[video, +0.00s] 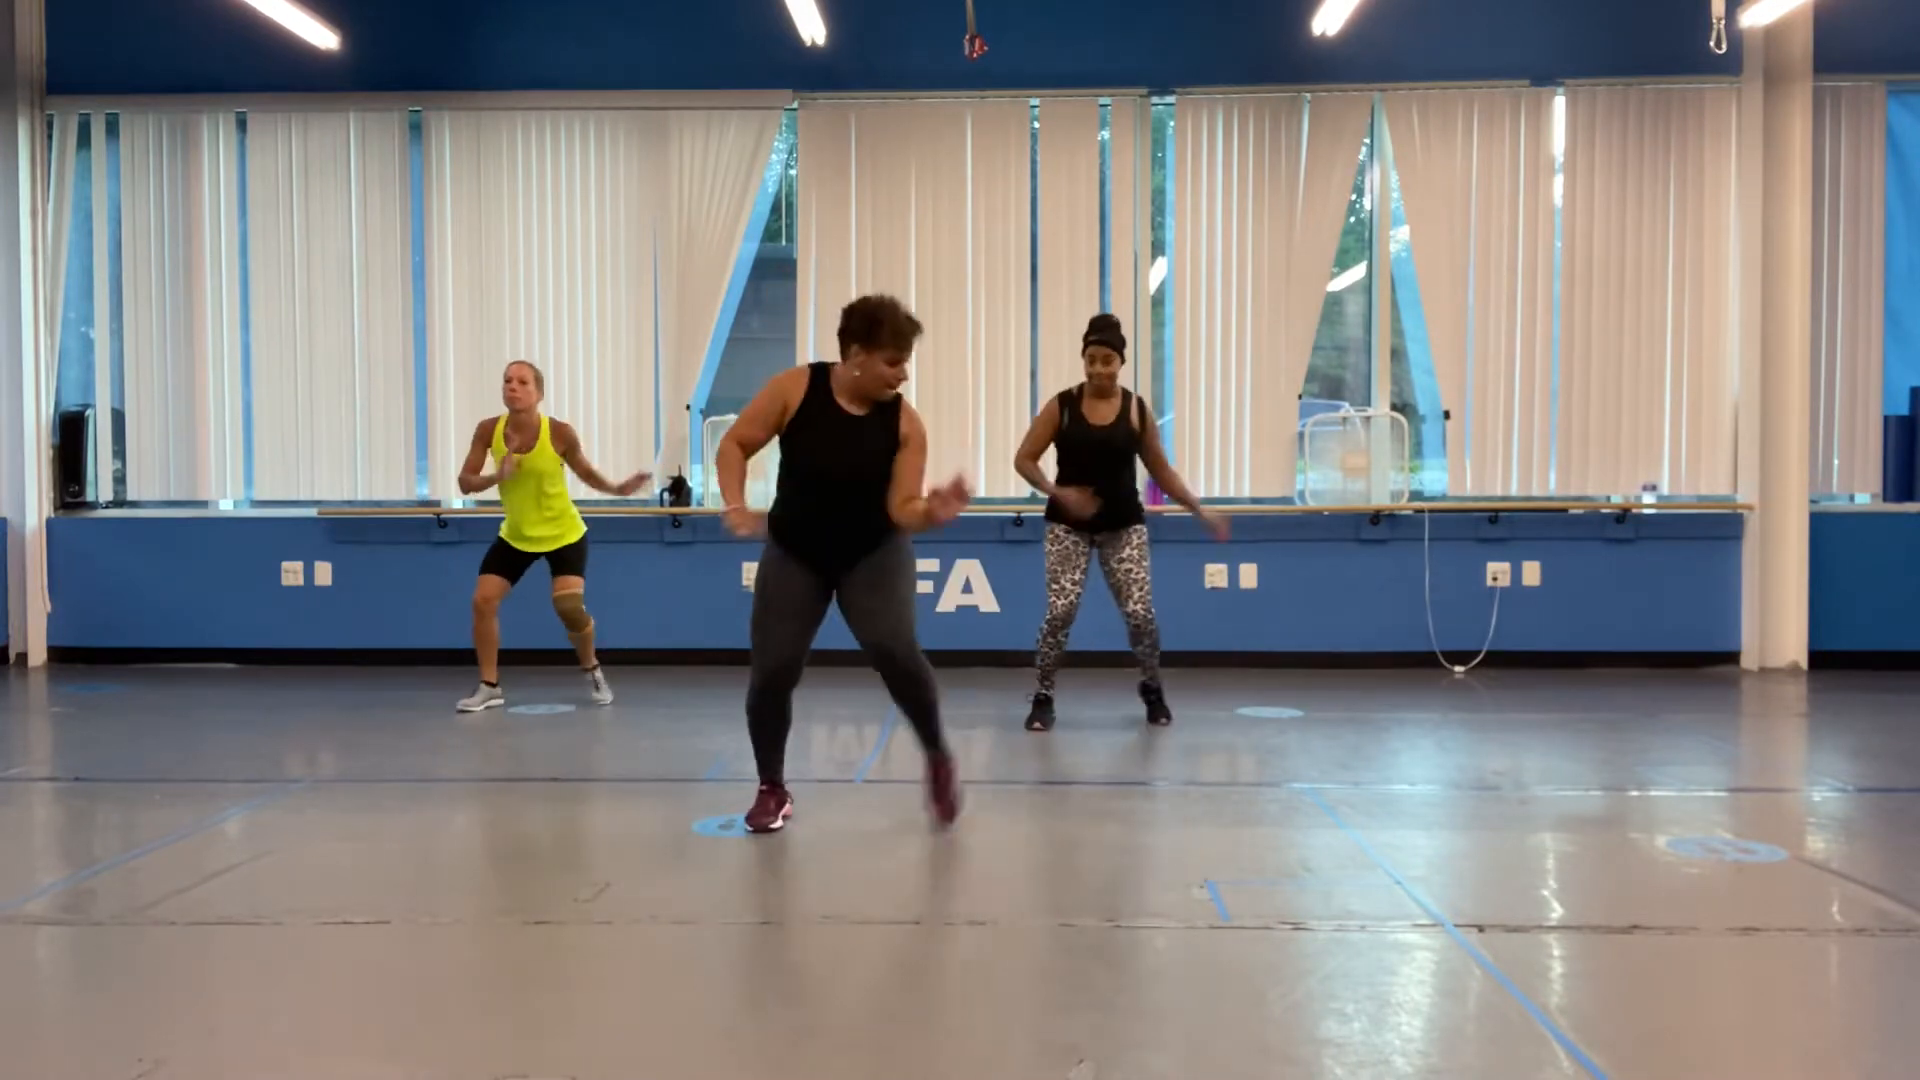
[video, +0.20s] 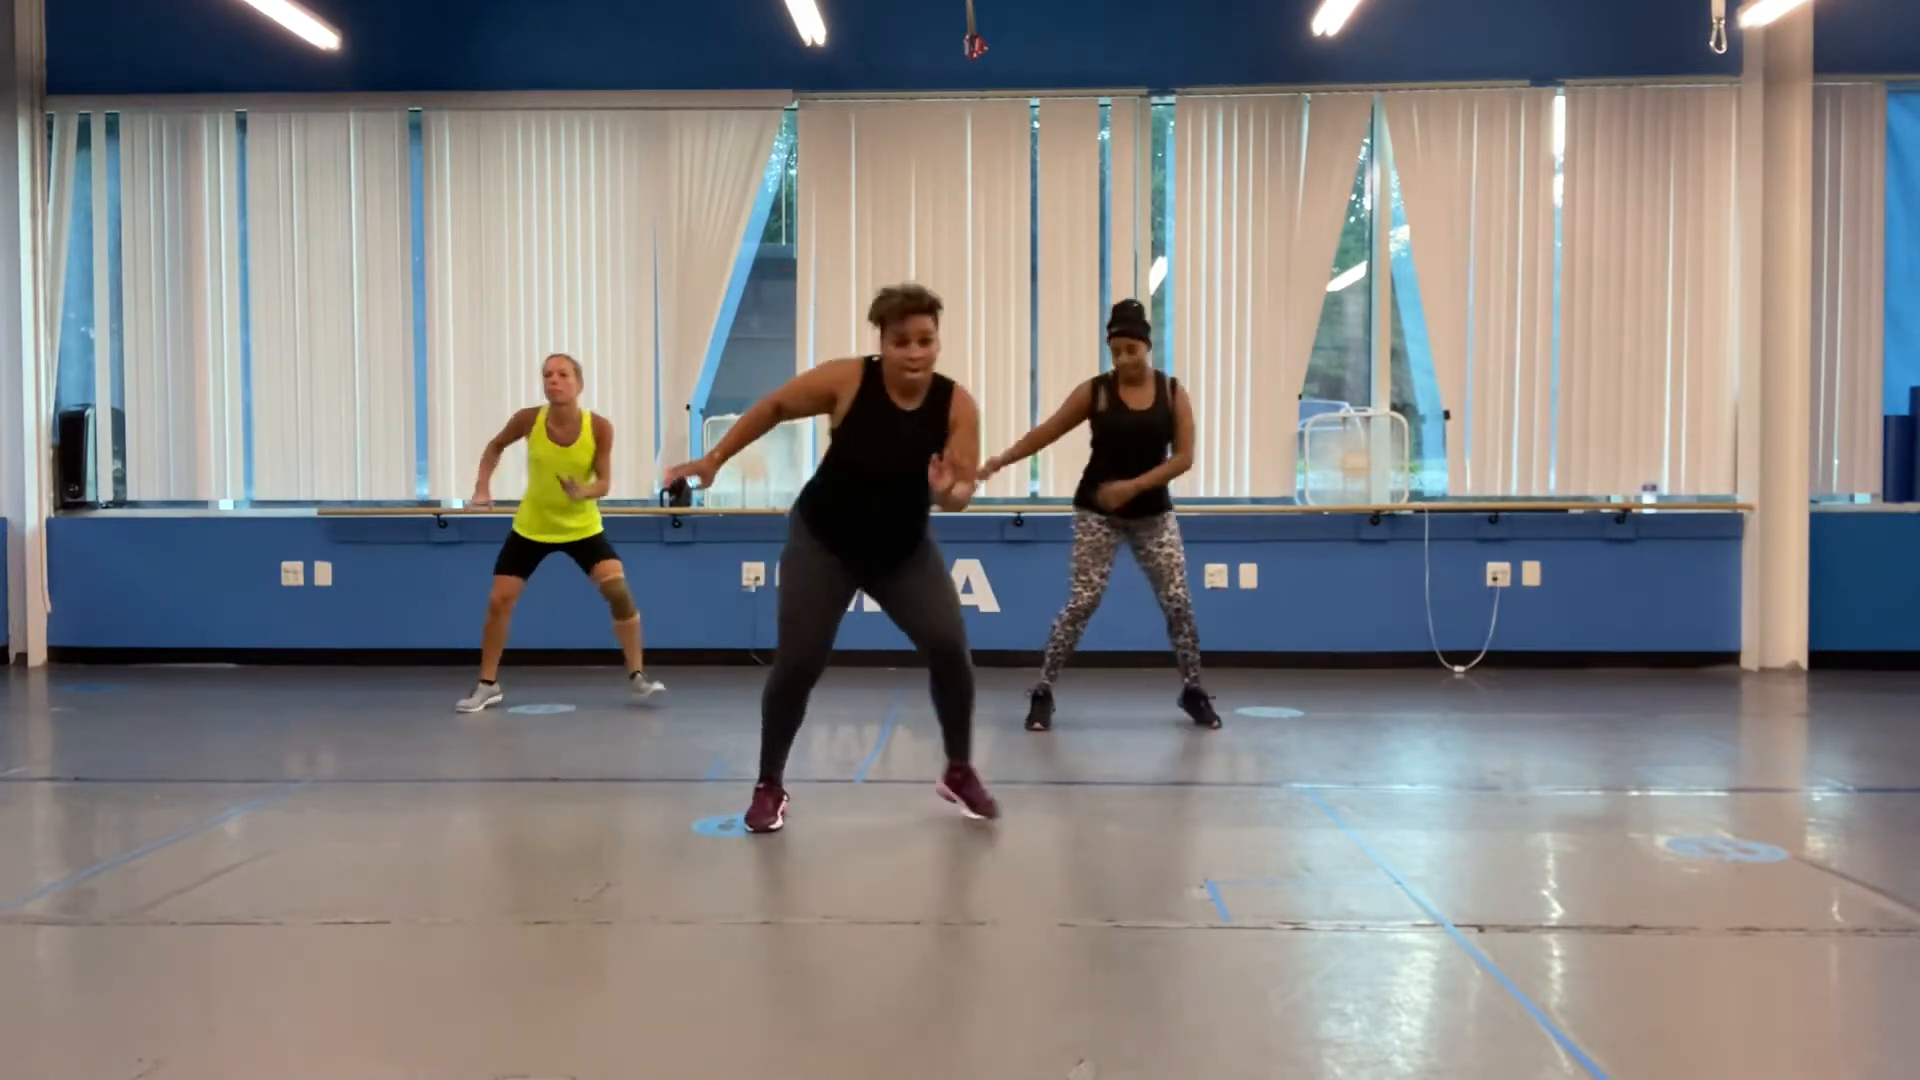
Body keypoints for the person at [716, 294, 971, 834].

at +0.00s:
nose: (903, 372)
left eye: (905, 361)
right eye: (894, 361)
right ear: (855, 357)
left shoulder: (905, 425)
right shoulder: (794, 389)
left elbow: (903, 511)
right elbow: (732, 446)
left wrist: (932, 510)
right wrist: (736, 505)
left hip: (873, 554)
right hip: (795, 552)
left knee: (895, 654)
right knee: (772, 671)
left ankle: (938, 758)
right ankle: (771, 788)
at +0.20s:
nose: (916, 353)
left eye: (926, 342)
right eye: (903, 342)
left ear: (938, 344)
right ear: (880, 343)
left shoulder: (956, 405)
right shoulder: (844, 380)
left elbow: (964, 490)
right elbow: (773, 408)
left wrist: (945, 490)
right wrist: (712, 461)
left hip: (901, 546)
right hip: (825, 541)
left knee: (950, 647)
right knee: (797, 665)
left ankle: (959, 770)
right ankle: (769, 785)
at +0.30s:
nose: (933, 350)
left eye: (943, 338)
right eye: (920, 340)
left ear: (959, 339)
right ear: (902, 344)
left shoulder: (986, 400)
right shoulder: (873, 381)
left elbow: (995, 488)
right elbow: (802, 407)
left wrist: (969, 475)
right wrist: (736, 450)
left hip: (937, 549)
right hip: (859, 541)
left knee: (971, 663)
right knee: (820, 658)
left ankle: (974, 788)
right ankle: (782, 776)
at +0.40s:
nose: (952, 350)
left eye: (961, 337)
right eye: (939, 341)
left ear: (978, 338)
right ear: (923, 346)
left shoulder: (1009, 404)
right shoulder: (897, 388)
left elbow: (1016, 488)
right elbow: (825, 425)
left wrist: (987, 491)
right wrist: (761, 470)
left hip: (964, 550)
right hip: (888, 542)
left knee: (986, 667)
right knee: (859, 661)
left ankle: (976, 788)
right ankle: (857, 758)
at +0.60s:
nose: (989, 340)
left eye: (998, 327)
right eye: (975, 332)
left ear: (1016, 328)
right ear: (960, 339)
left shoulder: (1048, 378)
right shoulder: (938, 382)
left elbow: (1076, 454)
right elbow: (867, 412)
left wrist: (1017, 446)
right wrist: (794, 453)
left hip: (998, 540)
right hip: (922, 533)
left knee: (1043, 642)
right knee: (909, 656)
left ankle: (1024, 764)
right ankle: (897, 777)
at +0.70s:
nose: (1008, 348)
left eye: (1018, 335)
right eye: (995, 340)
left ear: (1037, 337)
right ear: (981, 347)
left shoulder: (1070, 380)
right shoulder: (962, 391)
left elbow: (1111, 438)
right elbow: (883, 417)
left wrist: (1030, 424)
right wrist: (804, 442)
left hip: (1023, 547)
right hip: (948, 534)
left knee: (1055, 664)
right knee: (904, 646)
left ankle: (1083, 791)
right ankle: (867, 745)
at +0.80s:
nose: (1023, 353)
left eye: (1032, 340)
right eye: (1010, 345)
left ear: (1050, 345)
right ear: (994, 354)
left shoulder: (1085, 396)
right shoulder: (974, 412)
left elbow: (1130, 458)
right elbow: (907, 457)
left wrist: (1049, 459)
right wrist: (836, 486)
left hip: (1048, 557)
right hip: (971, 548)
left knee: (1093, 662)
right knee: (923, 642)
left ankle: (1087, 792)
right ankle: (849, 706)